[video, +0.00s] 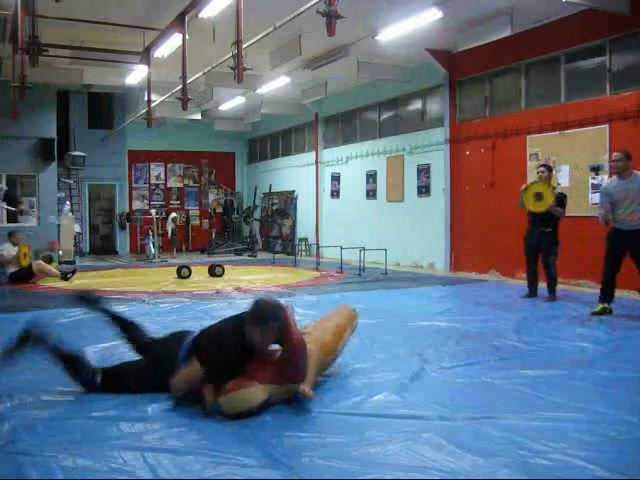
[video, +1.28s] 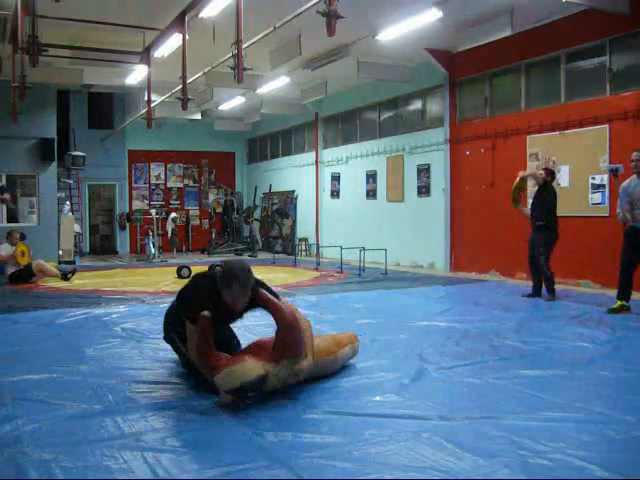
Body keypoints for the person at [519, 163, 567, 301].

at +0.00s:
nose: (540, 175)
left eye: (543, 172)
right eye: (538, 172)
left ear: (550, 174)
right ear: (537, 175)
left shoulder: (558, 194)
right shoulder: (533, 191)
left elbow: (561, 213)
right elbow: (523, 206)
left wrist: (551, 207)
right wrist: (523, 194)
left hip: (549, 231)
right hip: (533, 230)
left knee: (549, 263)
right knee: (531, 262)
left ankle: (552, 292)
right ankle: (532, 290)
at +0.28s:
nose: (543, 175)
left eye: (547, 172)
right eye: (541, 172)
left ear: (551, 176)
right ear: (537, 175)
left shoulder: (554, 191)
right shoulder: (532, 190)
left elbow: (562, 203)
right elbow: (519, 184)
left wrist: (558, 185)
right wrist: (529, 171)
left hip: (548, 229)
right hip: (533, 227)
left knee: (549, 262)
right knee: (531, 261)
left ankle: (552, 291)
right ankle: (532, 290)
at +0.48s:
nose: (532, 178)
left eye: (535, 175)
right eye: (531, 175)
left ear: (543, 177)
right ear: (530, 179)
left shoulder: (554, 192)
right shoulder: (530, 191)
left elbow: (566, 184)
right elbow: (520, 177)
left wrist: (564, 169)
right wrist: (532, 162)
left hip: (550, 228)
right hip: (534, 228)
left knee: (550, 261)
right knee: (532, 261)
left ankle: (553, 292)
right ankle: (533, 290)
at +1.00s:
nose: (539, 176)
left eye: (541, 174)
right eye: (537, 174)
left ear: (547, 176)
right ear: (534, 177)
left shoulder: (551, 188)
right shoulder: (532, 191)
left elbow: (553, 164)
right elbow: (517, 187)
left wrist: (549, 157)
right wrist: (519, 173)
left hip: (548, 225)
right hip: (535, 226)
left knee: (547, 260)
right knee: (533, 259)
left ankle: (551, 291)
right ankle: (536, 289)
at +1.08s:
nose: (537, 176)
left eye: (540, 174)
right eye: (538, 173)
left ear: (545, 176)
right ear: (541, 177)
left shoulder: (549, 189)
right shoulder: (537, 192)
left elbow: (549, 166)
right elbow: (520, 198)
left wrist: (538, 156)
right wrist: (518, 182)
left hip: (546, 227)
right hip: (536, 227)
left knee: (543, 259)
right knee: (533, 259)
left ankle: (551, 291)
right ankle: (536, 289)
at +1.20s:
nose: (539, 175)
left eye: (543, 172)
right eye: (539, 172)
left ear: (549, 176)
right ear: (541, 175)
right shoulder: (542, 189)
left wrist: (521, 200)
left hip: (546, 228)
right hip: (537, 228)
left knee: (542, 259)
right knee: (533, 259)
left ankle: (550, 291)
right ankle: (536, 289)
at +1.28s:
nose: (539, 177)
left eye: (542, 175)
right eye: (539, 174)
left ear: (548, 178)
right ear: (546, 177)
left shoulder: (548, 190)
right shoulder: (541, 190)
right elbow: (538, 214)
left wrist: (528, 174)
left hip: (547, 231)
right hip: (538, 230)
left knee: (542, 260)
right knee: (533, 260)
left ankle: (550, 291)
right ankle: (536, 290)